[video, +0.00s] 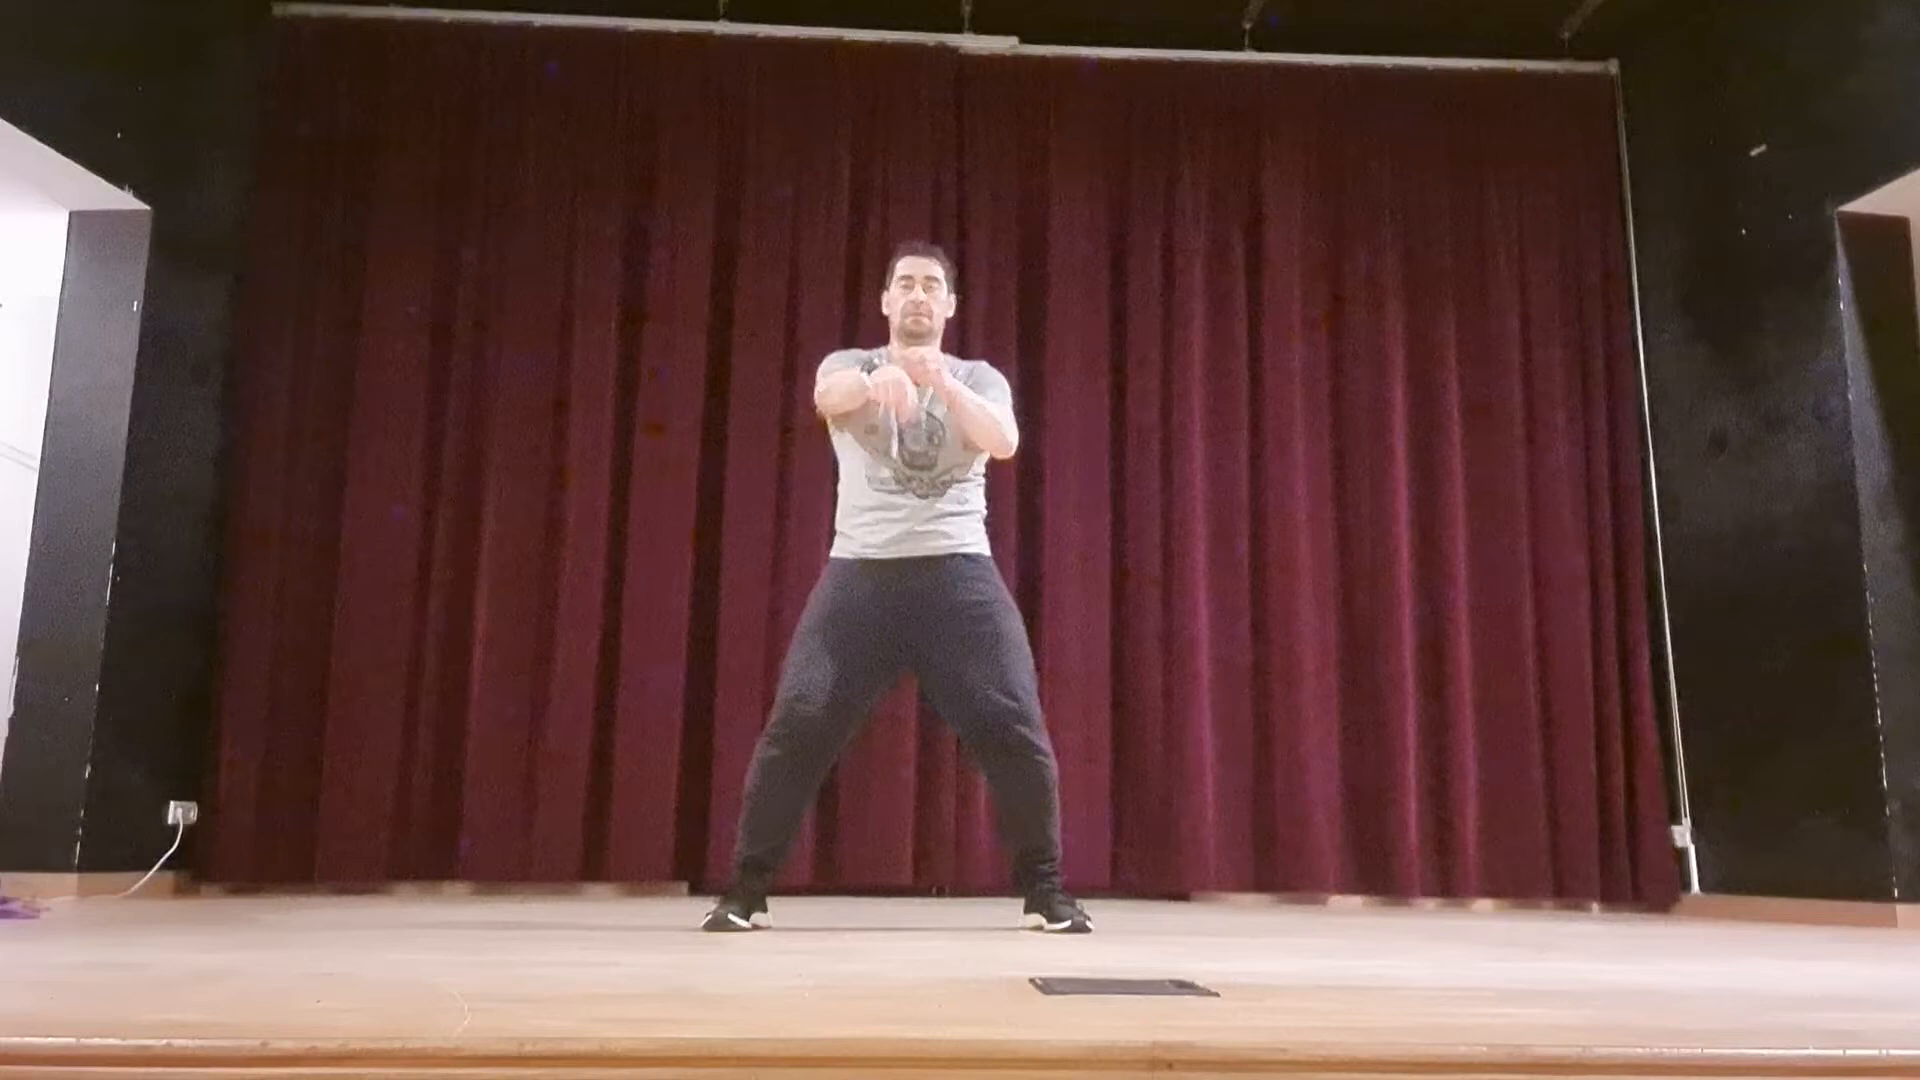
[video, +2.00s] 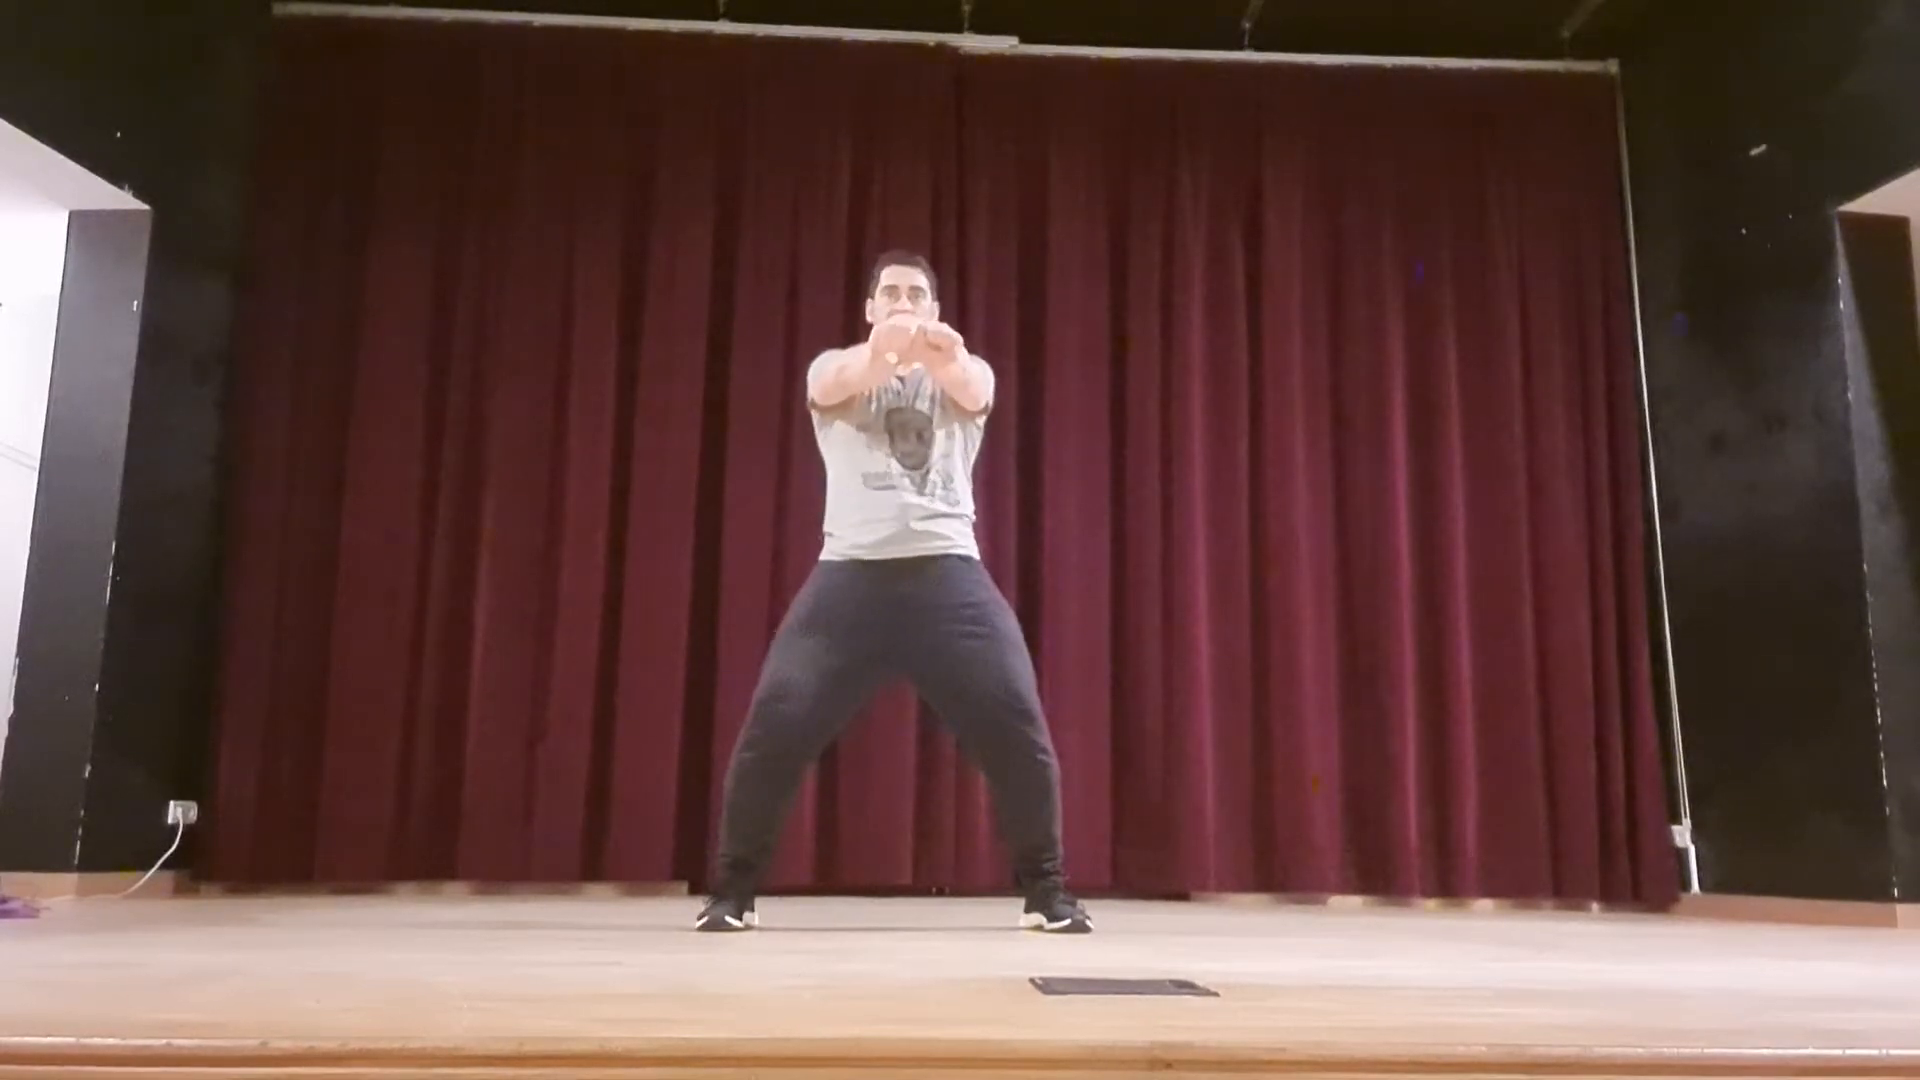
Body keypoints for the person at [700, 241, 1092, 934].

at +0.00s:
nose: (917, 294)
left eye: (930, 286)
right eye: (906, 284)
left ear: (951, 306)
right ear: (884, 302)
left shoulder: (979, 378)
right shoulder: (849, 365)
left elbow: (1001, 442)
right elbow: (829, 400)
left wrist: (941, 381)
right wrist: (876, 382)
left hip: (959, 576)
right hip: (860, 575)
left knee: (1014, 725)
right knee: (799, 719)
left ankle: (1045, 890)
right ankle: (746, 891)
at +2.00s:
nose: (902, 303)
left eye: (915, 294)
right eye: (890, 293)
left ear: (935, 308)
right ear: (868, 306)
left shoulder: (967, 373)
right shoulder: (836, 365)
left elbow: (975, 395)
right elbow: (827, 390)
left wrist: (948, 358)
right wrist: (881, 360)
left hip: (948, 575)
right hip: (848, 576)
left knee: (1017, 722)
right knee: (777, 720)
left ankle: (1046, 890)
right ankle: (732, 893)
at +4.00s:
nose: (908, 305)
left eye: (921, 296)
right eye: (896, 294)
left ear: (939, 308)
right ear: (872, 305)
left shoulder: (966, 374)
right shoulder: (840, 366)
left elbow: (975, 401)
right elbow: (829, 392)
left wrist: (949, 360)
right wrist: (889, 361)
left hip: (952, 574)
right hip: (852, 575)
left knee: (1017, 727)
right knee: (783, 722)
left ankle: (1045, 891)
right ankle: (734, 894)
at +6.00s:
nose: (919, 299)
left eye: (930, 289)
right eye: (906, 290)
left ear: (953, 306)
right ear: (885, 308)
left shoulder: (977, 371)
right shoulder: (851, 365)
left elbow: (988, 392)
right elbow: (849, 387)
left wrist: (944, 343)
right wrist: (912, 369)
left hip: (960, 576)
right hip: (859, 575)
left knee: (1024, 713)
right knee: (780, 703)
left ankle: (1044, 889)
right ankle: (729, 885)